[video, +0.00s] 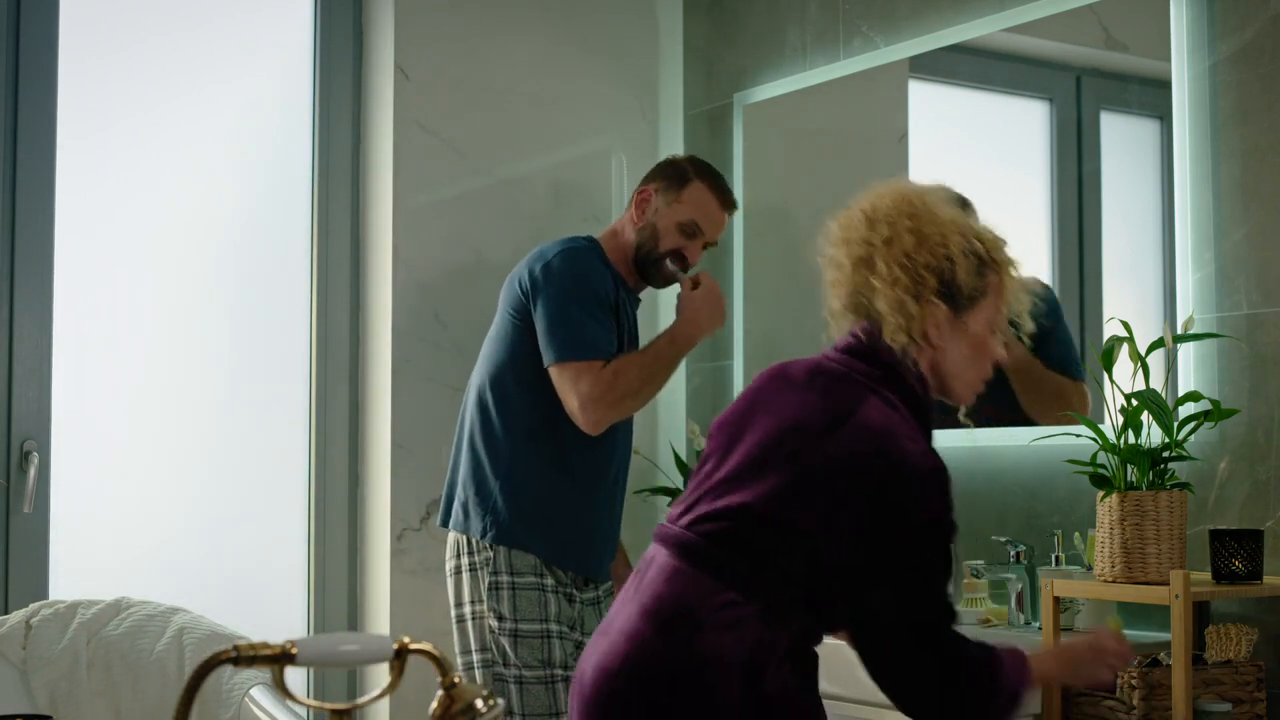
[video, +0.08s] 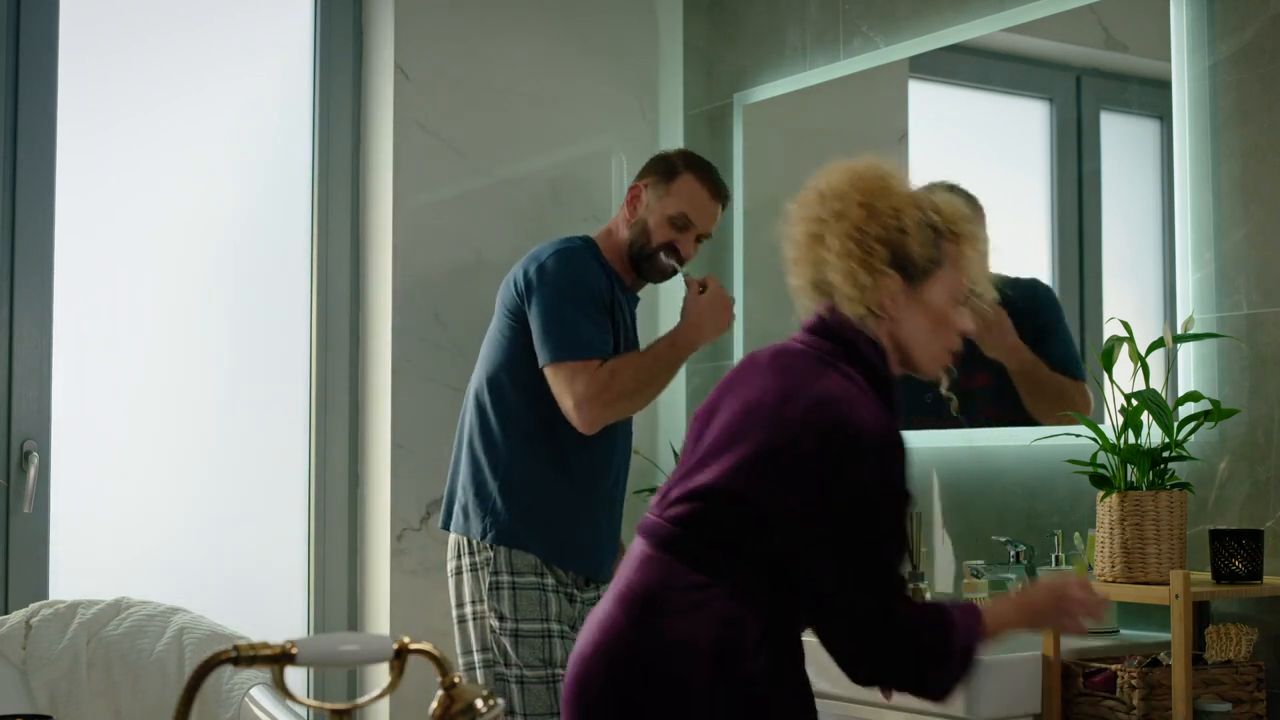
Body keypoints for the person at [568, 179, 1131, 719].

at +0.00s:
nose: (999, 353)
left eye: (1001, 330)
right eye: (992, 328)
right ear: (933, 322)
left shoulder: (779, 384)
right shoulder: (898, 459)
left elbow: (693, 529)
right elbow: (928, 679)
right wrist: (1058, 663)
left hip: (616, 672)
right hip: (729, 694)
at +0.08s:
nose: (967, 325)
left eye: (967, 305)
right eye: (956, 301)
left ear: (882, 292)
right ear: (888, 291)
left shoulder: (760, 370)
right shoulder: (850, 413)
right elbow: (878, 644)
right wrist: (1021, 609)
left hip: (619, 672)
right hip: (708, 686)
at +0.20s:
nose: (889, 287)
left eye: (892, 265)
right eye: (873, 261)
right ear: (800, 256)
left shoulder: (766, 359)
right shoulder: (758, 372)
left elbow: (758, 560)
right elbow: (765, 581)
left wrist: (858, 621)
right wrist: (926, 534)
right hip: (638, 678)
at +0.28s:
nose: (829, 263)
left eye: (835, 243)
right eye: (807, 240)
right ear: (734, 236)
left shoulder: (764, 348)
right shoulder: (679, 360)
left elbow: (752, 523)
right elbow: (686, 547)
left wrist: (852, 607)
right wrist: (847, 488)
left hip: (700, 638)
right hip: (604, 651)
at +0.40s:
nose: (736, 240)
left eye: (753, 222)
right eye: (713, 216)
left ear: (768, 233)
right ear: (656, 220)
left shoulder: (745, 364)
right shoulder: (598, 347)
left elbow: (767, 515)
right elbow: (579, 518)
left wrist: (854, 603)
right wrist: (721, 434)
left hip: (683, 629)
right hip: (569, 629)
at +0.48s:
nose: (681, 224)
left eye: (703, 205)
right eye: (659, 201)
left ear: (726, 223)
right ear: (617, 206)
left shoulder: (734, 355)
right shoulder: (559, 334)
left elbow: (769, 501)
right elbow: (512, 500)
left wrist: (861, 597)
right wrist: (624, 413)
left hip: (673, 630)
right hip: (551, 627)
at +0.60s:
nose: (608, 208)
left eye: (635, 190)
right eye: (593, 186)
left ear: (675, 210)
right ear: (571, 197)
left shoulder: (708, 349)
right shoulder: (514, 325)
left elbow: (756, 492)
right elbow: (438, 486)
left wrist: (848, 562)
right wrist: (514, 387)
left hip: (645, 642)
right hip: (518, 631)